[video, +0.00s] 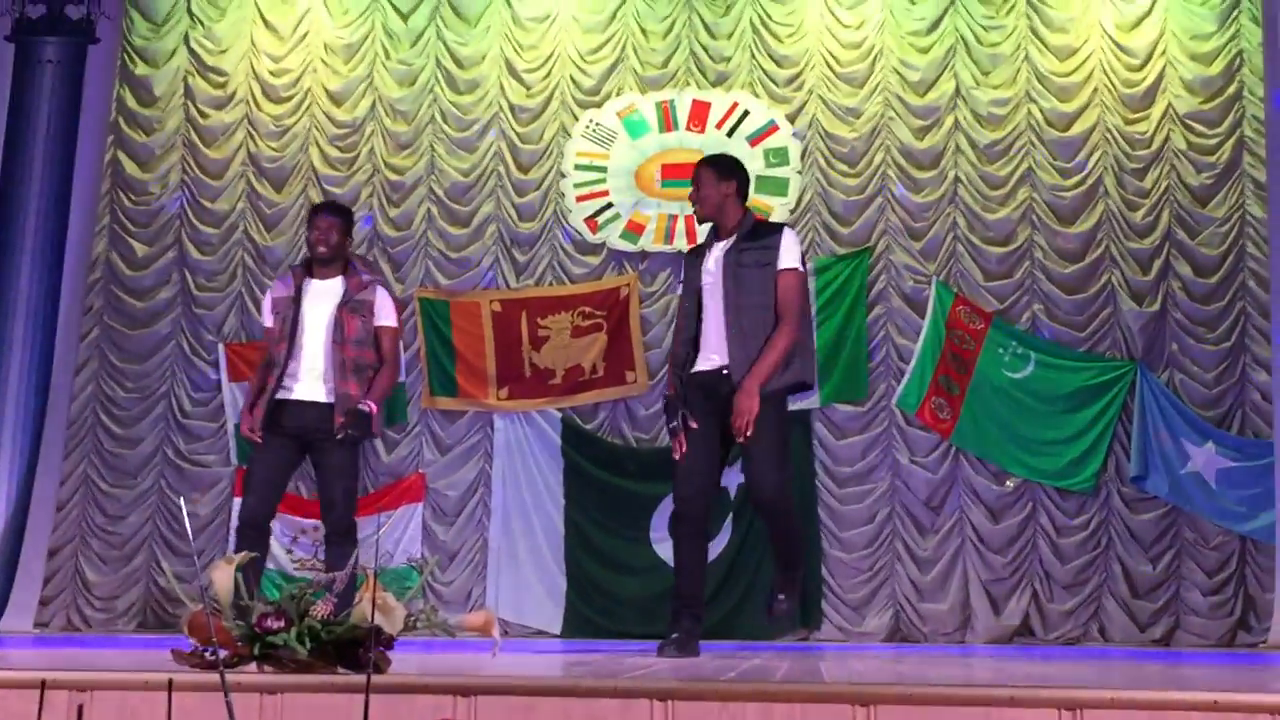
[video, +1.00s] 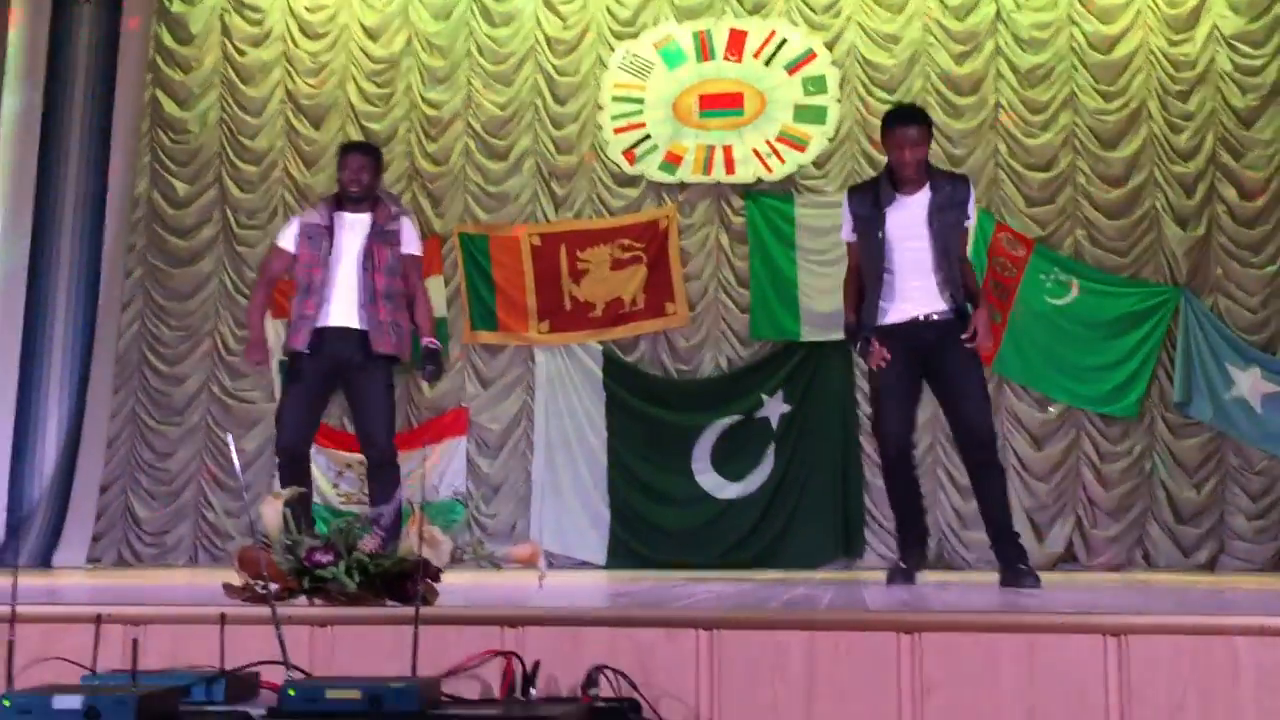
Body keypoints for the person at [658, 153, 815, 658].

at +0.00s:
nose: (692, 196)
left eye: (700, 187)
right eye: (693, 188)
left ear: (732, 191)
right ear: (715, 194)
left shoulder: (780, 240)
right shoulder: (699, 256)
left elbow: (791, 325)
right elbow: (683, 337)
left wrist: (751, 386)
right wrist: (675, 403)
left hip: (757, 388)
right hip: (700, 390)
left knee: (769, 493)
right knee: (689, 510)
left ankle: (788, 583)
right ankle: (686, 627)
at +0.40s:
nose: (767, 217)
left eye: (774, 206)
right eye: (757, 210)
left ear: (790, 204)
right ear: (746, 213)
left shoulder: (831, 246)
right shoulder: (741, 264)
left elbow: (854, 325)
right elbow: (744, 339)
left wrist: (826, 391)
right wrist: (727, 399)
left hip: (821, 389)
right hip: (762, 390)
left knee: (838, 492)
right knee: (736, 485)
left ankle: (807, 593)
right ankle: (748, 607)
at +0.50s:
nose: (788, 230)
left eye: (796, 218)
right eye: (778, 221)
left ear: (810, 215)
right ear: (765, 223)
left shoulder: (848, 257)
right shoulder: (754, 272)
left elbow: (870, 328)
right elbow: (754, 343)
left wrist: (850, 388)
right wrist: (746, 399)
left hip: (834, 399)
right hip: (774, 402)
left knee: (877, 493)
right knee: (752, 503)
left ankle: (865, 599)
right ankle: (754, 620)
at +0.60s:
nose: (807, 235)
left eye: (814, 224)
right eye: (797, 227)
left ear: (828, 219)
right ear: (783, 226)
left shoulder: (864, 257)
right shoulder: (772, 273)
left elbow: (886, 325)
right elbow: (774, 341)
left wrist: (873, 386)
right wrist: (770, 396)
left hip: (860, 399)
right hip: (799, 403)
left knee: (891, 501)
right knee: (775, 503)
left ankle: (896, 619)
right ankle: (771, 622)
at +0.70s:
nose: (833, 220)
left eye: (840, 210)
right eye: (824, 212)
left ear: (853, 204)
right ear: (811, 210)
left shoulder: (889, 239)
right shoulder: (795, 256)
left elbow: (912, 307)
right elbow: (794, 326)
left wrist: (910, 364)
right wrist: (798, 383)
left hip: (885, 382)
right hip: (827, 387)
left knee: (914, 482)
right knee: (816, 479)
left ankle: (907, 600)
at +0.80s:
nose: (871, 202)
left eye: (879, 193)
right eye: (863, 195)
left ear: (892, 189)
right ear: (850, 193)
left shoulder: (919, 226)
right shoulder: (828, 239)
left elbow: (939, 289)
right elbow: (823, 309)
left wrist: (945, 343)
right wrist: (836, 369)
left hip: (918, 368)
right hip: (863, 375)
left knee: (962, 461)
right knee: (878, 480)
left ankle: (967, 577)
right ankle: (911, 585)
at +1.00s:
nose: (912, 155)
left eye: (920, 145)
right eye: (902, 146)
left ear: (930, 146)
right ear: (885, 148)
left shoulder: (956, 190)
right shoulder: (862, 200)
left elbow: (966, 260)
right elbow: (856, 272)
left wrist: (981, 306)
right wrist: (857, 331)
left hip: (951, 334)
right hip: (891, 339)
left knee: (980, 444)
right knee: (892, 448)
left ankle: (1012, 561)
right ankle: (911, 553)